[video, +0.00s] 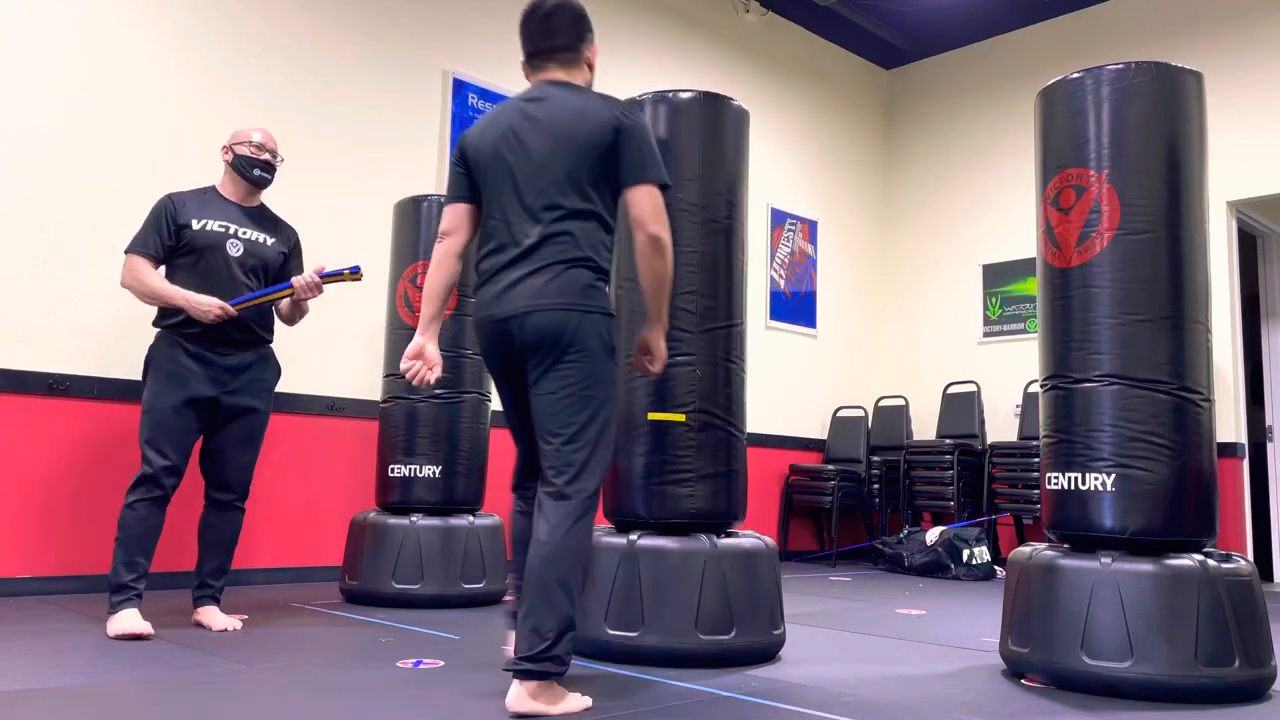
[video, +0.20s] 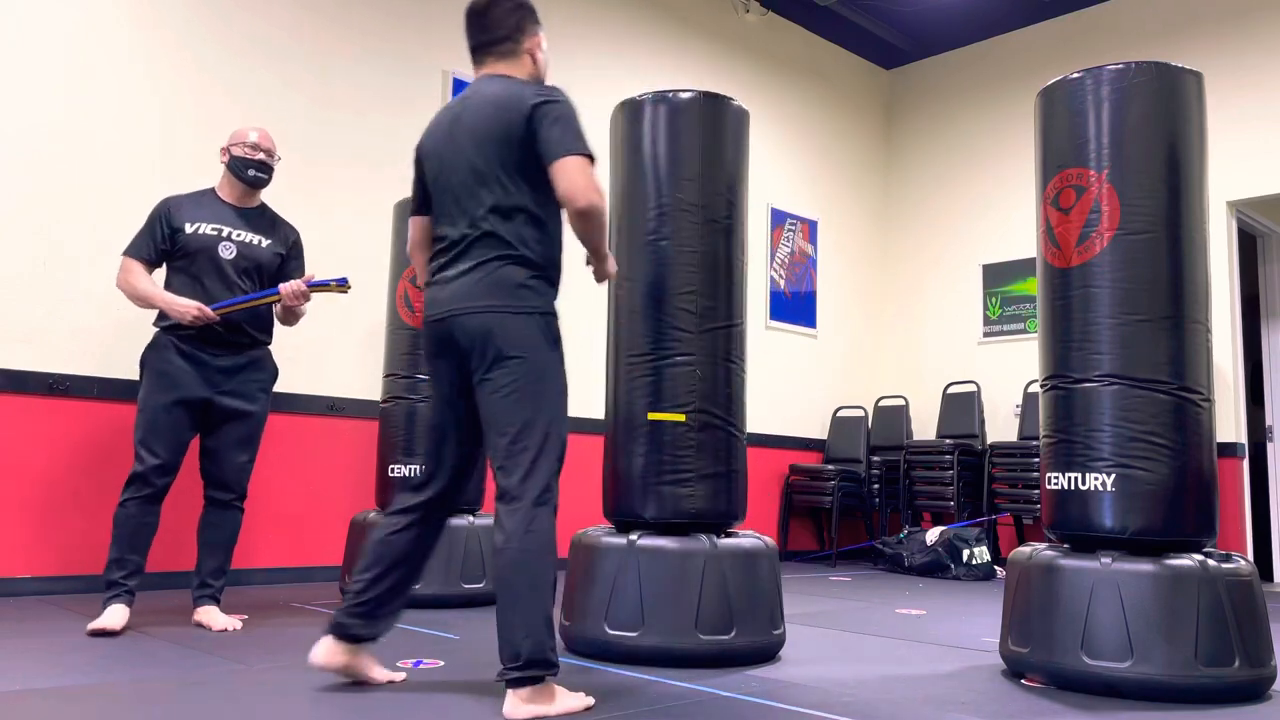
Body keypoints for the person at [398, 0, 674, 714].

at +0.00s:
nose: (596, 64)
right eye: (596, 54)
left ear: (523, 63)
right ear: (589, 54)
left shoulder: (479, 131)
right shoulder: (610, 117)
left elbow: (451, 237)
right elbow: (652, 231)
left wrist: (425, 330)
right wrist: (657, 326)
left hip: (496, 318)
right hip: (572, 310)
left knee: (533, 471)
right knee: (567, 487)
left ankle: (525, 626)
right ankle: (538, 678)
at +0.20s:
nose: (547, 54)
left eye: (542, 42)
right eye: (544, 43)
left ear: (476, 52)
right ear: (533, 44)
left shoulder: (437, 125)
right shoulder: (541, 101)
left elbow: (421, 242)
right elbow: (580, 197)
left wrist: (444, 305)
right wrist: (599, 250)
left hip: (443, 311)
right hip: (513, 308)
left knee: (432, 485)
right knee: (528, 494)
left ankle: (348, 638)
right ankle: (530, 681)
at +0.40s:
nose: (494, 60)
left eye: (493, 49)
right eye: (492, 48)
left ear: (424, 50)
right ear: (476, 46)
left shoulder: (395, 114)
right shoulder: (472, 101)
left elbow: (404, 214)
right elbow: (494, 205)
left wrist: (492, 226)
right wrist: (540, 199)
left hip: (376, 312)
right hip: (436, 314)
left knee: (355, 485)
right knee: (477, 485)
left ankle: (321, 656)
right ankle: (497, 671)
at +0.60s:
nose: (458, 46)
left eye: (455, 34)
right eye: (455, 33)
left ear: (390, 39)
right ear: (435, 33)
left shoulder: (366, 103)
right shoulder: (431, 92)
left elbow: (403, 204)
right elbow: (477, 205)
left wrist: (479, 180)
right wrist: (488, 169)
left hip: (357, 303)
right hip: (403, 305)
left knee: (353, 475)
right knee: (414, 477)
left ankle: (321, 648)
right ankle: (321, 658)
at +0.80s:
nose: (447, 37)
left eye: (443, 24)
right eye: (442, 24)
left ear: (380, 32)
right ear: (420, 26)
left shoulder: (357, 99)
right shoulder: (412, 84)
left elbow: (384, 205)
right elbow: (453, 197)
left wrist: (460, 179)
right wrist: (476, 153)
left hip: (363, 301)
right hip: (383, 304)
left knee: (372, 486)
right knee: (347, 482)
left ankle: (331, 654)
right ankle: (281, 673)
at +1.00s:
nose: (453, 36)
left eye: (450, 25)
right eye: (448, 24)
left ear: (396, 29)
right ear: (426, 26)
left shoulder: (377, 88)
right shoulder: (398, 84)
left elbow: (402, 198)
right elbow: (433, 196)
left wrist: (462, 183)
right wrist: (471, 154)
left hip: (391, 308)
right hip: (371, 304)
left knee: (400, 473)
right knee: (335, 482)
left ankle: (374, 642)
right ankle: (280, 674)